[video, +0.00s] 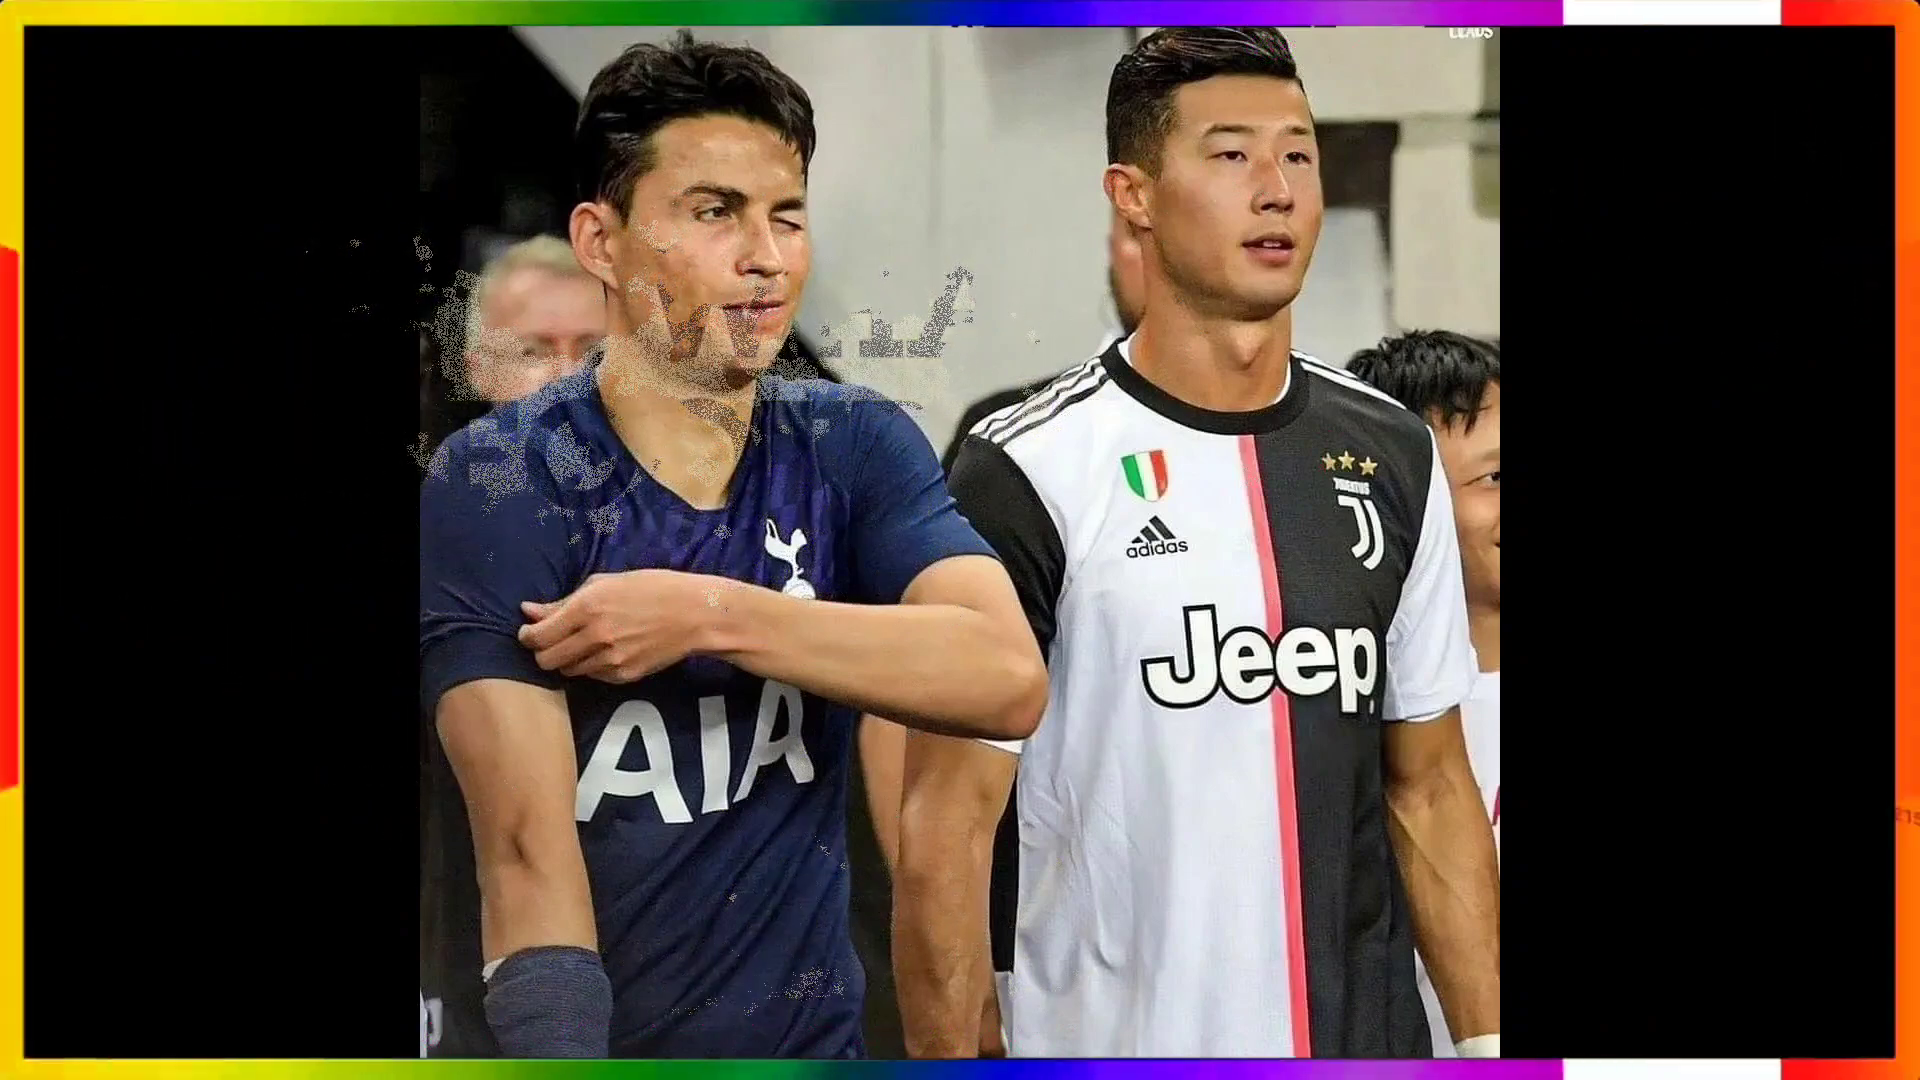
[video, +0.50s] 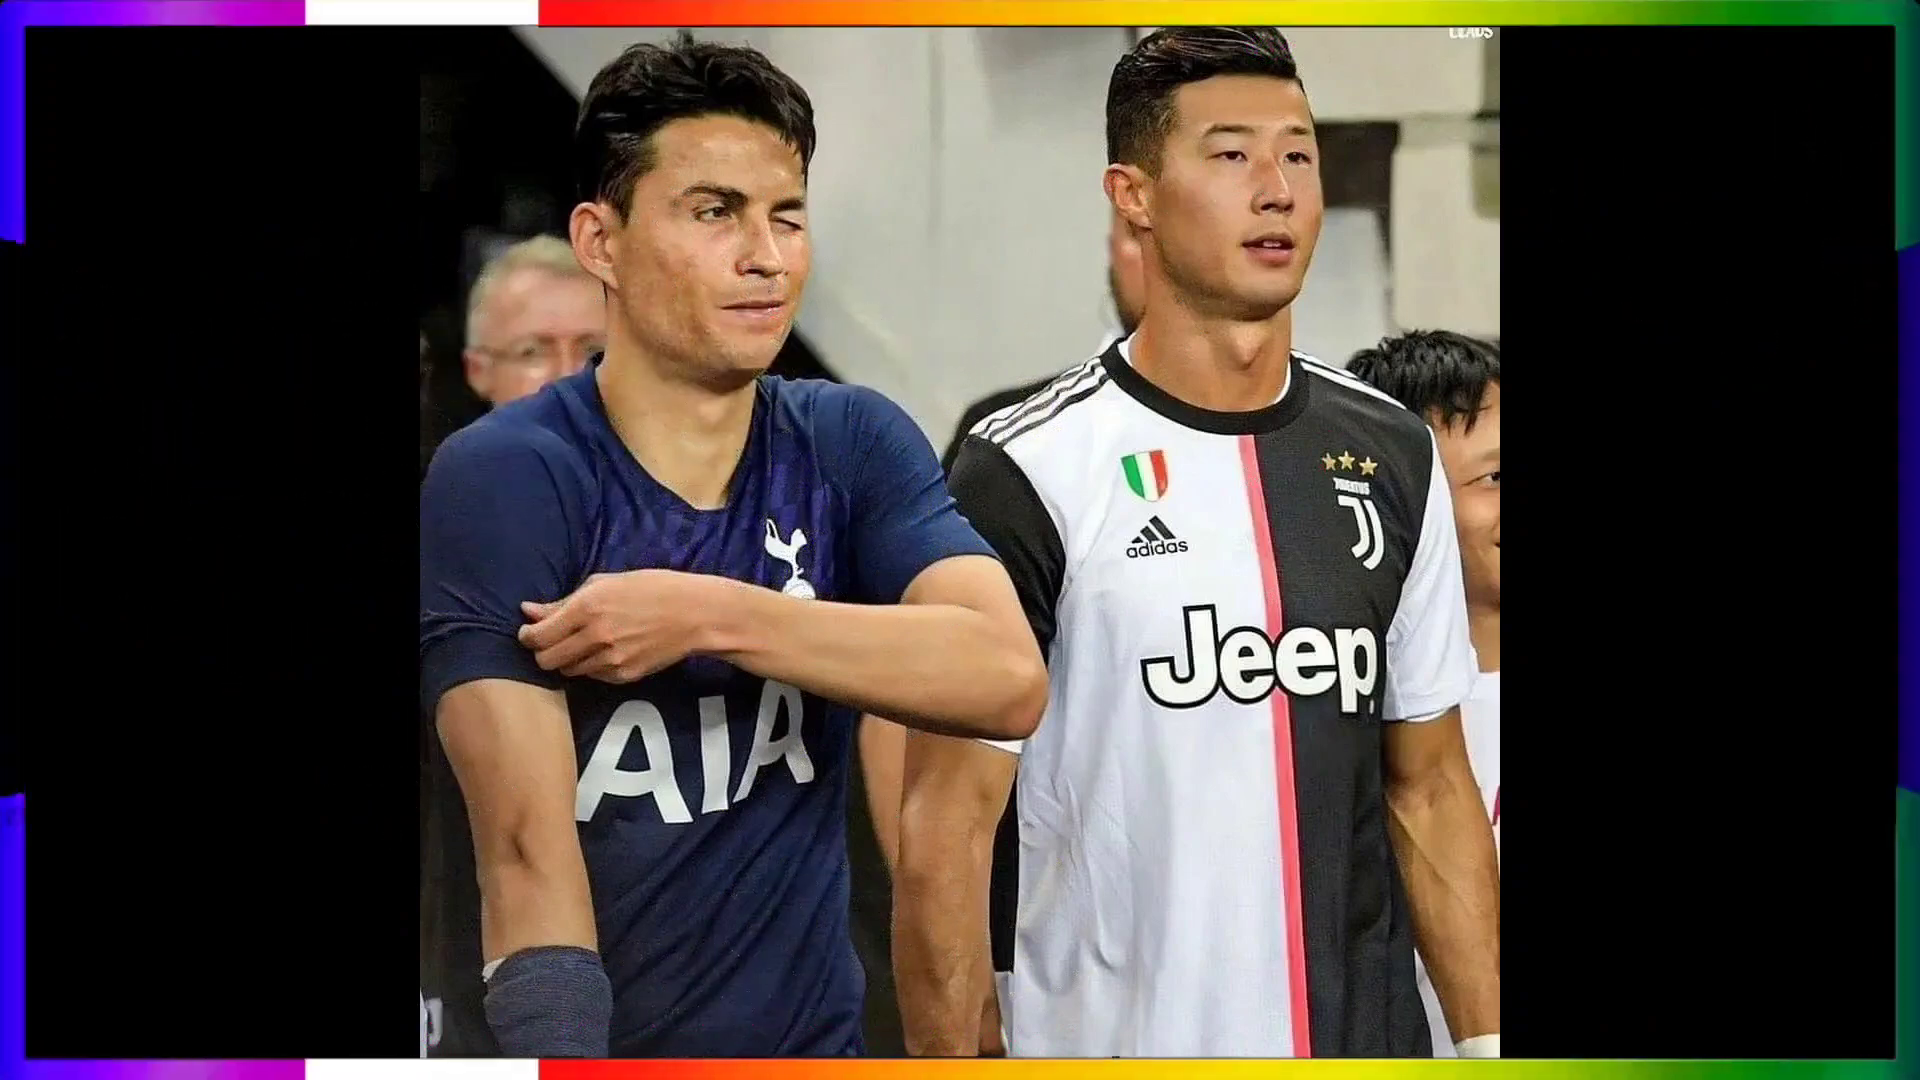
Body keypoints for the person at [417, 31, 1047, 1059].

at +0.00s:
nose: (766, 258)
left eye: (785, 218)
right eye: (712, 213)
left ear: (808, 238)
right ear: (601, 242)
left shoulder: (858, 442)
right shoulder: (491, 481)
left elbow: (1009, 681)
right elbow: (525, 849)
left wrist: (715, 613)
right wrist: (560, 1057)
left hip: (806, 1035)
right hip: (589, 1032)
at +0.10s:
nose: (765, 257)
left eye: (785, 217)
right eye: (711, 212)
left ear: (809, 236)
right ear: (601, 242)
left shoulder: (856, 439)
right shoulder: (500, 476)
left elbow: (1009, 680)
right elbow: (525, 850)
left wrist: (713, 613)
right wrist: (559, 1060)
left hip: (810, 1041)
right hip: (597, 1037)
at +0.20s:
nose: (765, 257)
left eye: (785, 217)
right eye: (712, 212)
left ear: (809, 236)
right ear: (601, 242)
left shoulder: (857, 439)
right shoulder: (500, 476)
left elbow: (1009, 680)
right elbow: (525, 850)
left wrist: (713, 613)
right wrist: (560, 1059)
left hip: (810, 1041)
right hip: (597, 1036)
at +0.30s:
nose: (765, 257)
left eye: (785, 217)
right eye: (711, 212)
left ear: (809, 236)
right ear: (601, 242)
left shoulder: (857, 439)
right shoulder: (500, 476)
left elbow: (1009, 680)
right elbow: (525, 851)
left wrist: (713, 613)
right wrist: (560, 1059)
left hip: (810, 1040)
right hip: (597, 1036)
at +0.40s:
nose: (766, 257)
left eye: (785, 218)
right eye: (712, 212)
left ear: (809, 237)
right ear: (601, 241)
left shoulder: (857, 439)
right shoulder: (500, 476)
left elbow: (1009, 680)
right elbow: (525, 851)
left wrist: (713, 613)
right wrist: (560, 1059)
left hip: (810, 1040)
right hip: (596, 1036)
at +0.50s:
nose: (765, 257)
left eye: (785, 217)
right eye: (712, 212)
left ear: (809, 236)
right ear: (601, 242)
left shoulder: (857, 439)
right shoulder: (500, 476)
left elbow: (1009, 680)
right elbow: (525, 850)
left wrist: (713, 613)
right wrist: (559, 1058)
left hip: (810, 1040)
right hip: (599, 1036)